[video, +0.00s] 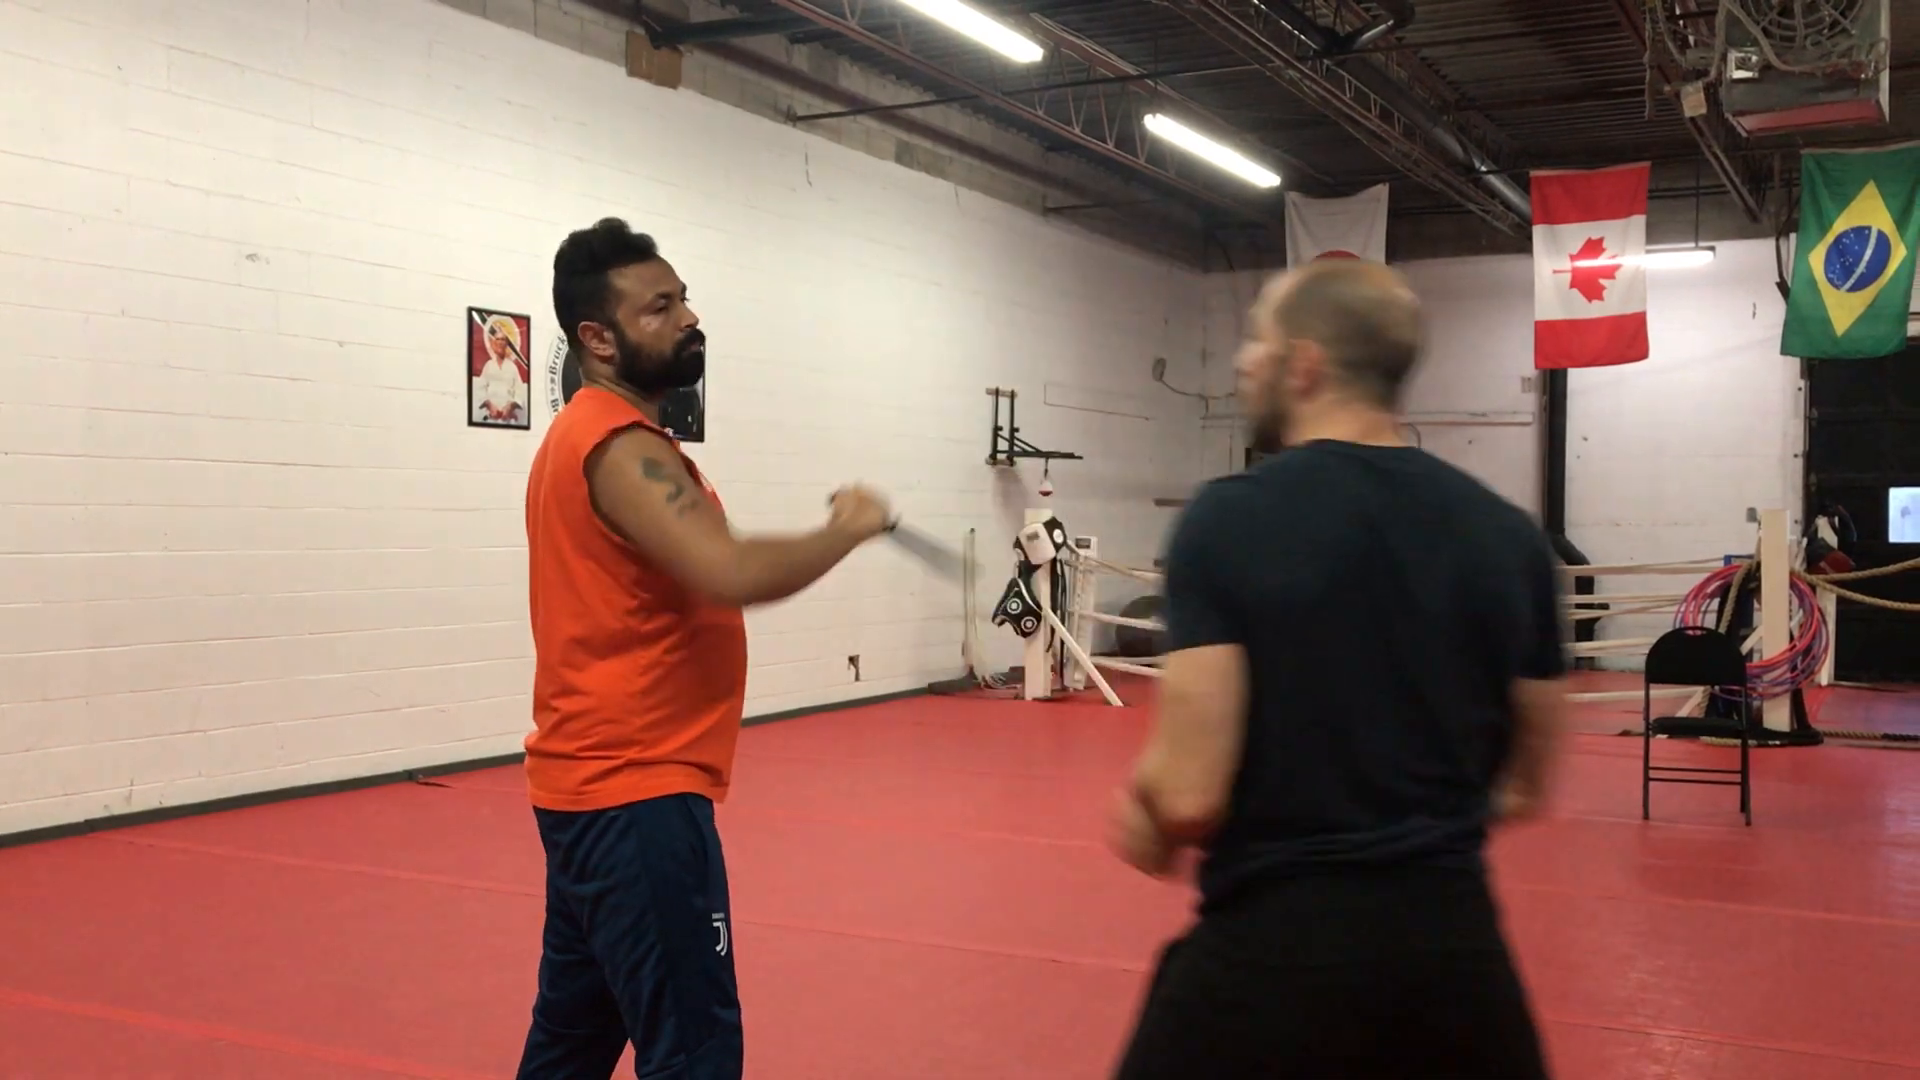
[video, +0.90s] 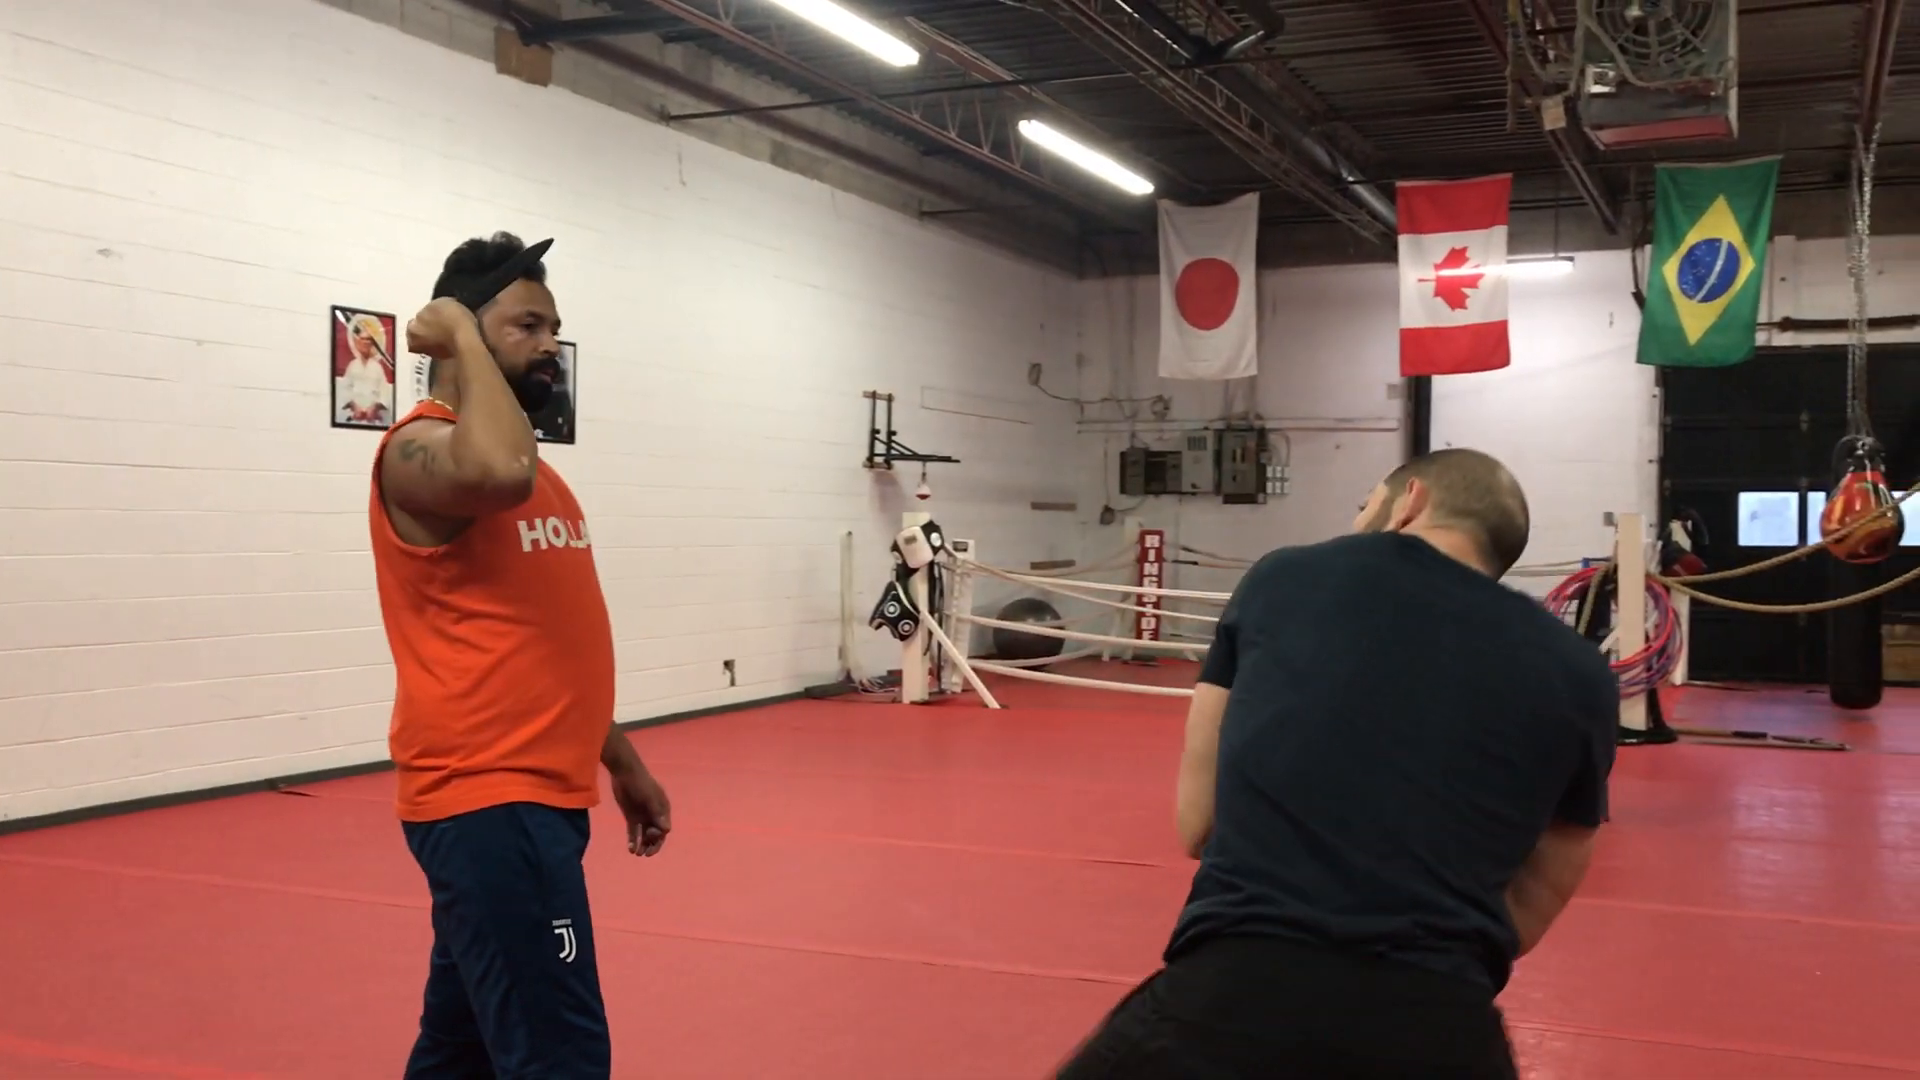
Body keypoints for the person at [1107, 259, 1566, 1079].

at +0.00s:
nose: (1239, 363)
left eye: (1255, 339)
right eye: (1247, 339)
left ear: (1305, 364)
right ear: (1394, 370)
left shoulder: (1229, 518)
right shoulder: (1506, 535)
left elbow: (1189, 798)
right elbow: (1527, 782)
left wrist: (1150, 806)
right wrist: (1399, 790)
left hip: (1260, 965)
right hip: (1452, 958)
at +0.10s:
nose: (1313, 373)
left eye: (1328, 349)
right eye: (1320, 349)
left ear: (1378, 367)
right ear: (1468, 385)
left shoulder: (1279, 514)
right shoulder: (1579, 543)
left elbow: (1219, 777)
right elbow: (1631, 801)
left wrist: (1308, 842)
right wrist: (1479, 832)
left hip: (1316, 973)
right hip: (1521, 976)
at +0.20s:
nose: (1356, 381)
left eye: (1370, 355)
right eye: (1362, 357)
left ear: (1426, 364)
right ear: (1517, 385)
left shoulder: (1310, 498)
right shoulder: (1624, 542)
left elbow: (1231, 751)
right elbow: (1673, 806)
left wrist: (1342, 792)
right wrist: (1505, 796)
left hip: (1326, 970)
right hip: (1544, 984)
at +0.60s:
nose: (1398, 481)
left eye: (1410, 462)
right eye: (1403, 465)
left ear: (1447, 452)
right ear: (1545, 506)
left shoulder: (1321, 533)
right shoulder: (1623, 617)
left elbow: (1253, 775)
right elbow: (1580, 846)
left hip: (1278, 978)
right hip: (1501, 1007)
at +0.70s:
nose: (1382, 499)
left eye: (1396, 479)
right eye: (1392, 481)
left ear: (1432, 472)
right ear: (1531, 523)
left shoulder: (1305, 552)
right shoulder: (1606, 634)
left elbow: (1240, 786)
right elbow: (1573, 860)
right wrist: (1473, 957)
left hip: (1262, 980)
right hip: (1484, 1012)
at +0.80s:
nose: (1369, 516)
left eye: (1381, 498)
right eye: (1377, 500)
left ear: (1423, 485)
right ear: (1518, 534)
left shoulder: (1293, 566)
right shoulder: (1592, 650)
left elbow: (1223, 808)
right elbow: (1555, 883)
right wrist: (1451, 961)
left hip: (1250, 990)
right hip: (1467, 1021)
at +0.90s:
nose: (1354, 529)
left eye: (1366, 513)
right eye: (1361, 514)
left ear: (1411, 501)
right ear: (1503, 558)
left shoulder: (1282, 577)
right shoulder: (1577, 668)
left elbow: (1199, 825)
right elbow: (1520, 918)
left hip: (1225, 996)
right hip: (1441, 1032)